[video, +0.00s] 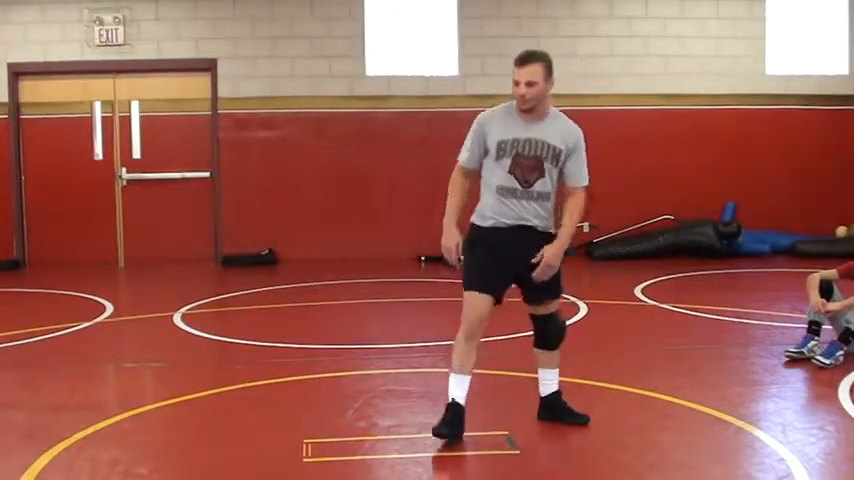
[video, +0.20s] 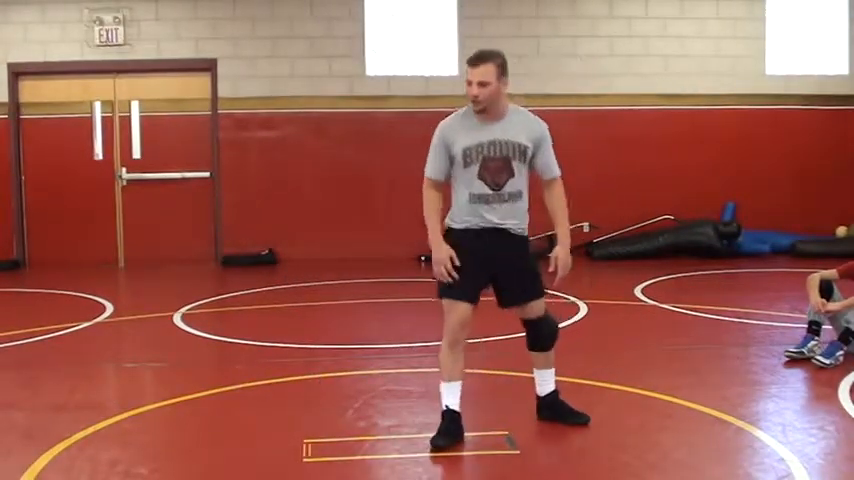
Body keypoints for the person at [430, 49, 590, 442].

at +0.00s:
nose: (522, 91)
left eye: (531, 84)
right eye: (518, 83)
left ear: (549, 86)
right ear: (511, 83)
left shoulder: (569, 134)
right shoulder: (487, 122)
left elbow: (576, 194)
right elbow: (462, 173)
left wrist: (560, 245)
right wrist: (450, 225)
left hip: (540, 237)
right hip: (488, 234)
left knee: (548, 323)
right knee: (472, 321)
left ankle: (550, 399)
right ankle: (455, 408)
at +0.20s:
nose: (474, 91)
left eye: (482, 84)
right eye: (469, 84)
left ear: (504, 85)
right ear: (465, 84)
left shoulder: (532, 127)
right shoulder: (450, 129)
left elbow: (552, 183)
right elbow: (433, 186)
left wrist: (562, 240)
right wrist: (436, 242)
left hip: (513, 240)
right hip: (463, 239)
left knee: (540, 323)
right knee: (455, 329)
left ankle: (547, 400)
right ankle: (450, 418)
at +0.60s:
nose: (415, 83)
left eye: (423, 75)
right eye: (414, 76)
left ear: (448, 78)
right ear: (419, 80)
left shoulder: (488, 118)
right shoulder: (405, 131)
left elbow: (511, 174)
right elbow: (402, 195)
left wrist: (524, 228)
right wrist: (423, 247)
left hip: (483, 234)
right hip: (435, 239)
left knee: (515, 323)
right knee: (440, 326)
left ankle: (518, 393)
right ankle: (448, 417)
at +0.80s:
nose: (407, 82)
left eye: (414, 74)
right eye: (404, 75)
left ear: (439, 76)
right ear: (404, 78)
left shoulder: (478, 118)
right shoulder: (396, 131)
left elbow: (501, 176)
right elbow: (386, 193)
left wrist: (513, 230)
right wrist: (391, 248)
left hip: (474, 234)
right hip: (424, 238)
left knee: (506, 329)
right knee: (438, 329)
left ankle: (477, 383)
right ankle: (447, 417)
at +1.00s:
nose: (403, 84)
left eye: (410, 75)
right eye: (399, 77)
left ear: (434, 76)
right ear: (397, 82)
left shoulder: (470, 119)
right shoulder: (389, 133)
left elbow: (487, 179)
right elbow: (374, 191)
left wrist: (488, 233)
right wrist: (366, 251)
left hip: (464, 234)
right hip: (417, 239)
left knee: (482, 335)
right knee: (433, 330)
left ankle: (422, 375)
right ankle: (447, 418)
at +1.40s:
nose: (430, 84)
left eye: (431, 76)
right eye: (421, 78)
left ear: (433, 80)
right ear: (399, 83)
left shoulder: (448, 126)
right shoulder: (371, 131)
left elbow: (461, 185)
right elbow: (353, 189)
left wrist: (466, 238)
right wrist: (361, 246)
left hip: (437, 236)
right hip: (394, 239)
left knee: (432, 329)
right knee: (415, 330)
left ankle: (397, 395)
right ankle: (440, 416)